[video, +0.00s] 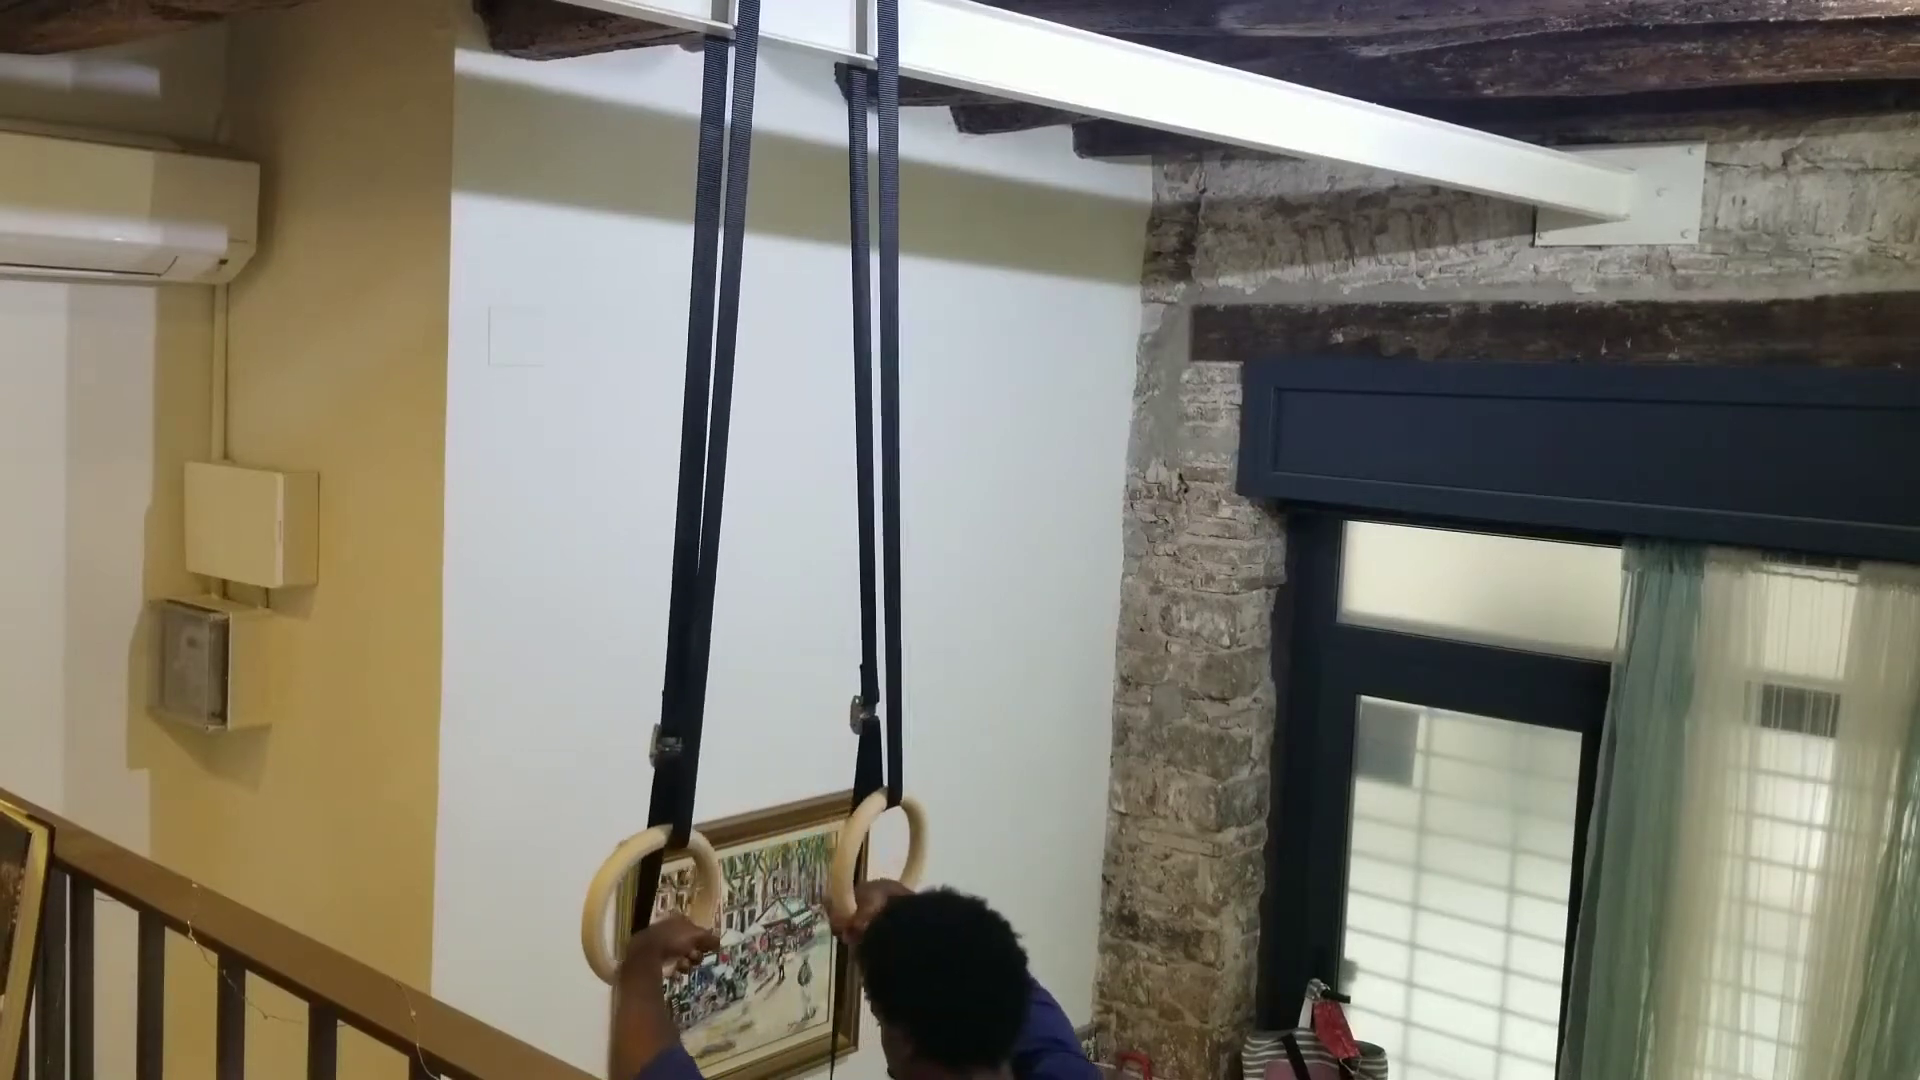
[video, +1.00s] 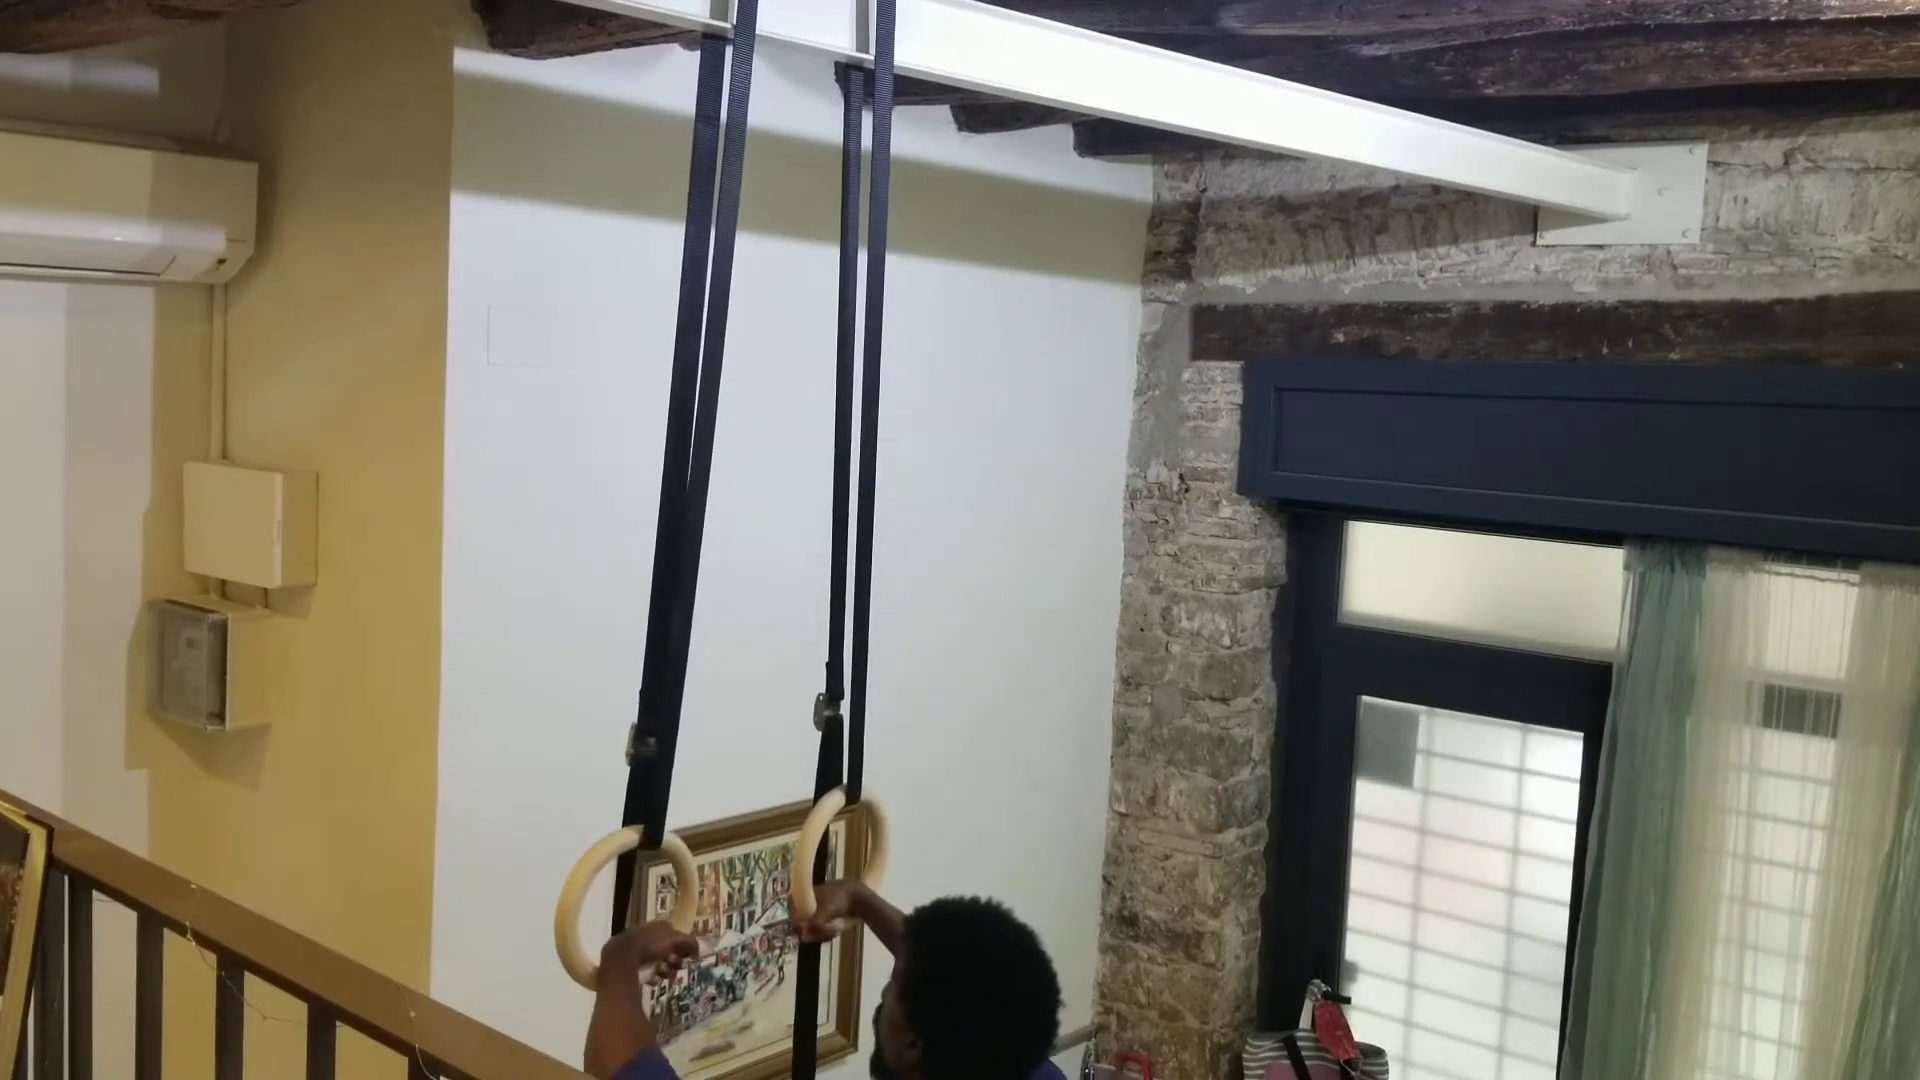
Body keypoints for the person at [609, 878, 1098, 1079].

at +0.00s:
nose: (872, 1017)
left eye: (875, 1007)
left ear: (893, 1026)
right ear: (1009, 990)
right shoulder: (1057, 1068)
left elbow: (654, 1064)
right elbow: (1013, 985)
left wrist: (641, 965)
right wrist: (911, 923)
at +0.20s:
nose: (901, 1017)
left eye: (906, 1006)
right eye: (905, 1002)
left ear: (931, 1034)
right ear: (1042, 994)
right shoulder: (1075, 1070)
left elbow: (686, 1070)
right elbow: (1033, 988)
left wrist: (660, 982)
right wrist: (926, 914)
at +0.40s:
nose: (909, 1004)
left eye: (916, 991)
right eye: (918, 988)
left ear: (942, 1030)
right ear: (1048, 1003)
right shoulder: (1076, 1068)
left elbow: (688, 1069)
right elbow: (1015, 983)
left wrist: (665, 974)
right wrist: (910, 901)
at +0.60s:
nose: (907, 993)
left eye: (917, 987)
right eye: (918, 981)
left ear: (943, 1031)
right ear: (1036, 1017)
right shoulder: (1061, 1070)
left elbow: (672, 1070)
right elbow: (998, 997)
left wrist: (655, 971)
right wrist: (892, 901)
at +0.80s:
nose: (901, 982)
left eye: (910, 980)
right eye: (913, 972)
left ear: (930, 1030)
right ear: (1025, 1021)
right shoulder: (1046, 1069)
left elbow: (648, 1060)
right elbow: (984, 998)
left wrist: (640, 964)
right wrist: (875, 898)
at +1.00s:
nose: (888, 987)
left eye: (896, 986)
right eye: (898, 979)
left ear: (908, 1040)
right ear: (1012, 1023)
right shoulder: (1027, 1069)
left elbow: (621, 1062)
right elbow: (973, 996)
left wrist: (619, 964)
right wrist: (865, 900)